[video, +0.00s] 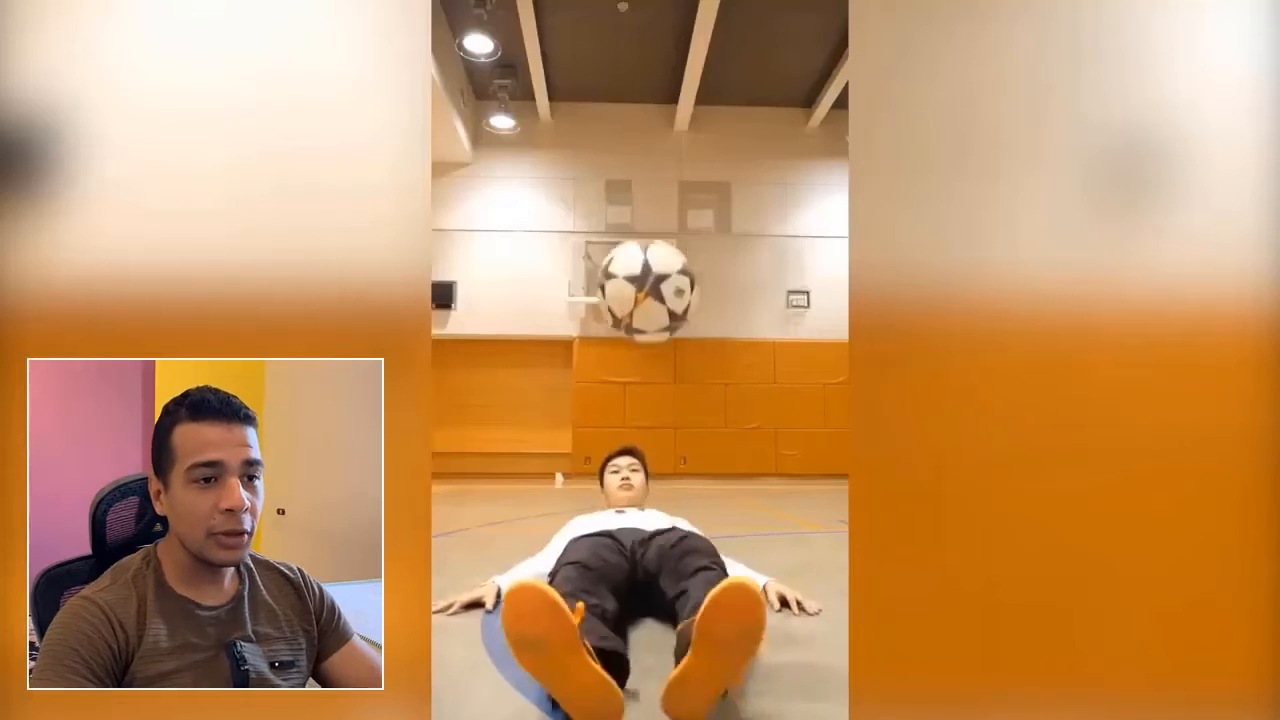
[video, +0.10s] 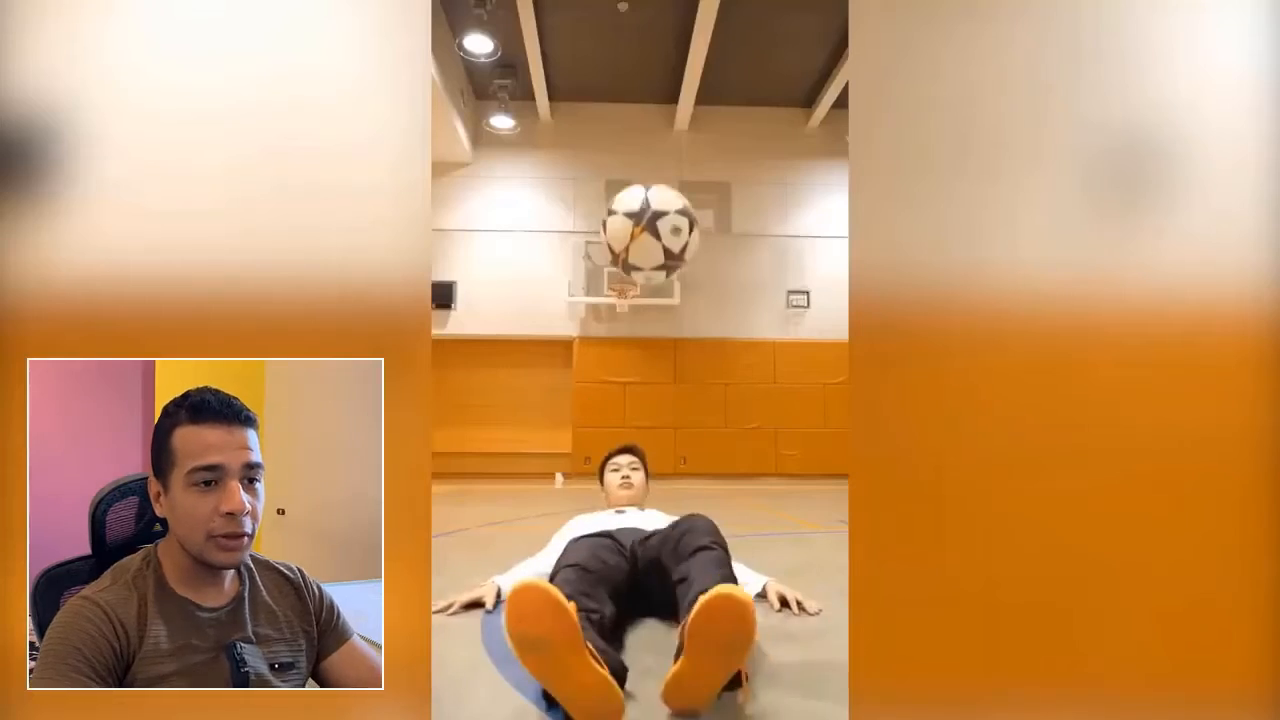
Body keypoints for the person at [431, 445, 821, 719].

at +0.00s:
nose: (625, 475)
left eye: (634, 471)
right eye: (615, 472)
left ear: (648, 487)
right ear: (601, 489)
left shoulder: (670, 522)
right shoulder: (583, 524)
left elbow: (719, 562)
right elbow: (540, 562)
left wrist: (770, 585)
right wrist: (493, 587)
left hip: (666, 547)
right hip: (594, 547)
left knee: (695, 564)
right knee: (582, 589)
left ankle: (703, 656)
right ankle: (588, 671)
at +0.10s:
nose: (625, 475)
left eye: (633, 470)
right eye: (615, 471)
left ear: (647, 485)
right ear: (601, 487)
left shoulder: (669, 522)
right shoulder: (583, 525)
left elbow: (718, 562)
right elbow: (540, 562)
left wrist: (769, 585)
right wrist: (493, 588)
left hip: (664, 565)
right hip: (599, 559)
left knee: (698, 528)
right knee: (579, 584)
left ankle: (704, 655)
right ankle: (588, 671)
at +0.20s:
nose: (625, 473)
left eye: (633, 469)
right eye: (615, 469)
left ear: (647, 484)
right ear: (601, 487)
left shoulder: (668, 515)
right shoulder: (582, 525)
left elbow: (717, 561)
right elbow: (539, 562)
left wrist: (768, 586)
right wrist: (492, 588)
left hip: (661, 565)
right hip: (596, 558)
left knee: (692, 485)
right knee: (578, 596)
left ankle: (688, 620)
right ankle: (590, 676)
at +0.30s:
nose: (626, 473)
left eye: (633, 470)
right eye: (616, 469)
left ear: (647, 485)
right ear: (601, 487)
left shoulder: (661, 515)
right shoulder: (582, 526)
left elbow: (714, 561)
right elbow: (539, 561)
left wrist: (766, 585)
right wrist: (493, 588)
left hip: (658, 556)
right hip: (592, 555)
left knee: (678, 452)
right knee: (577, 599)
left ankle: (678, 585)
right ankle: (590, 680)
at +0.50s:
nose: (628, 477)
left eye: (635, 473)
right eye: (618, 472)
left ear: (648, 486)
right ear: (603, 488)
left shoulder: (664, 527)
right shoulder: (585, 525)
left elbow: (715, 566)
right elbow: (539, 563)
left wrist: (764, 585)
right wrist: (494, 587)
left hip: (655, 562)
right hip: (585, 556)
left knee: (661, 439)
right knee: (575, 602)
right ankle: (586, 675)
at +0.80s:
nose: (622, 493)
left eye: (628, 494)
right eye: (611, 493)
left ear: (638, 503)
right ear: (595, 508)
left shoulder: (655, 523)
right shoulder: (579, 532)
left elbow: (703, 558)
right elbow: (535, 566)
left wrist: (752, 583)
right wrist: (494, 584)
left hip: (657, 547)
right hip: (585, 551)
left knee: (671, 442)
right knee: (570, 593)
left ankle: (669, 333)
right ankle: (586, 670)